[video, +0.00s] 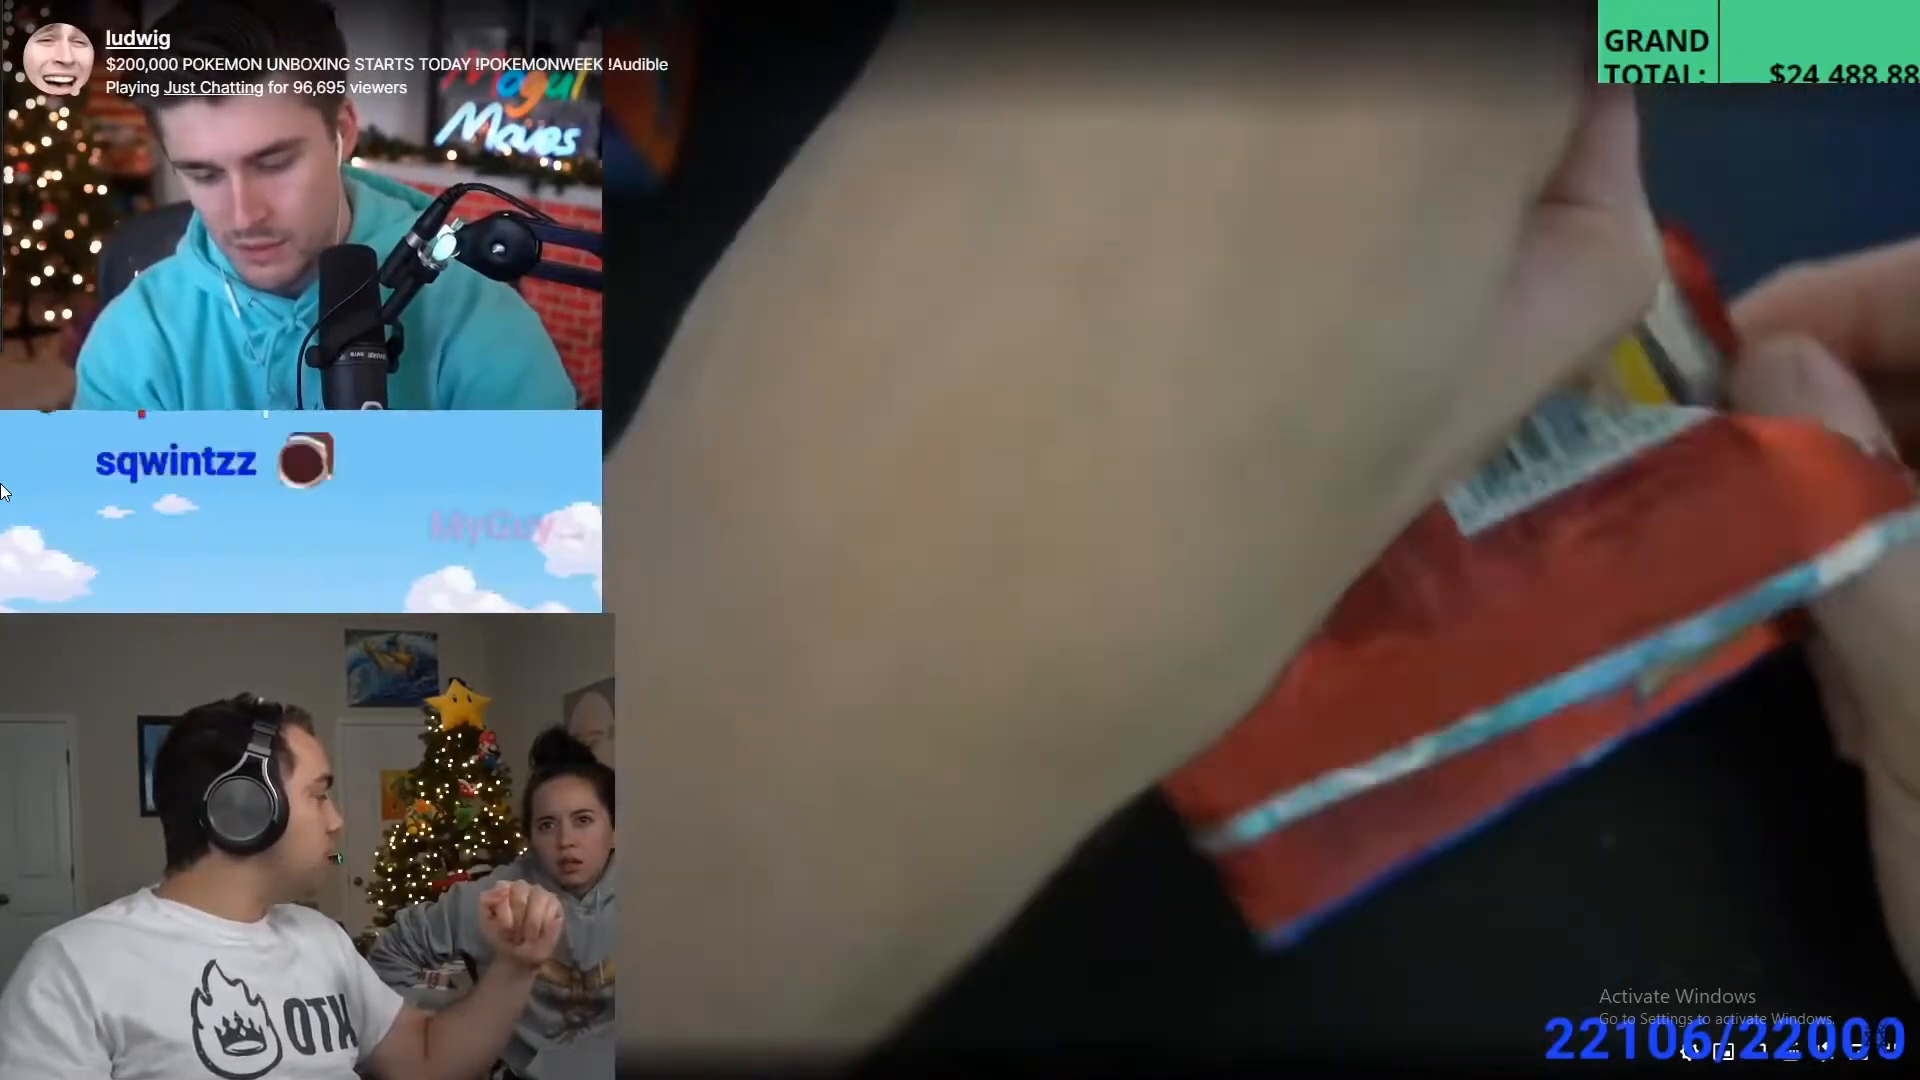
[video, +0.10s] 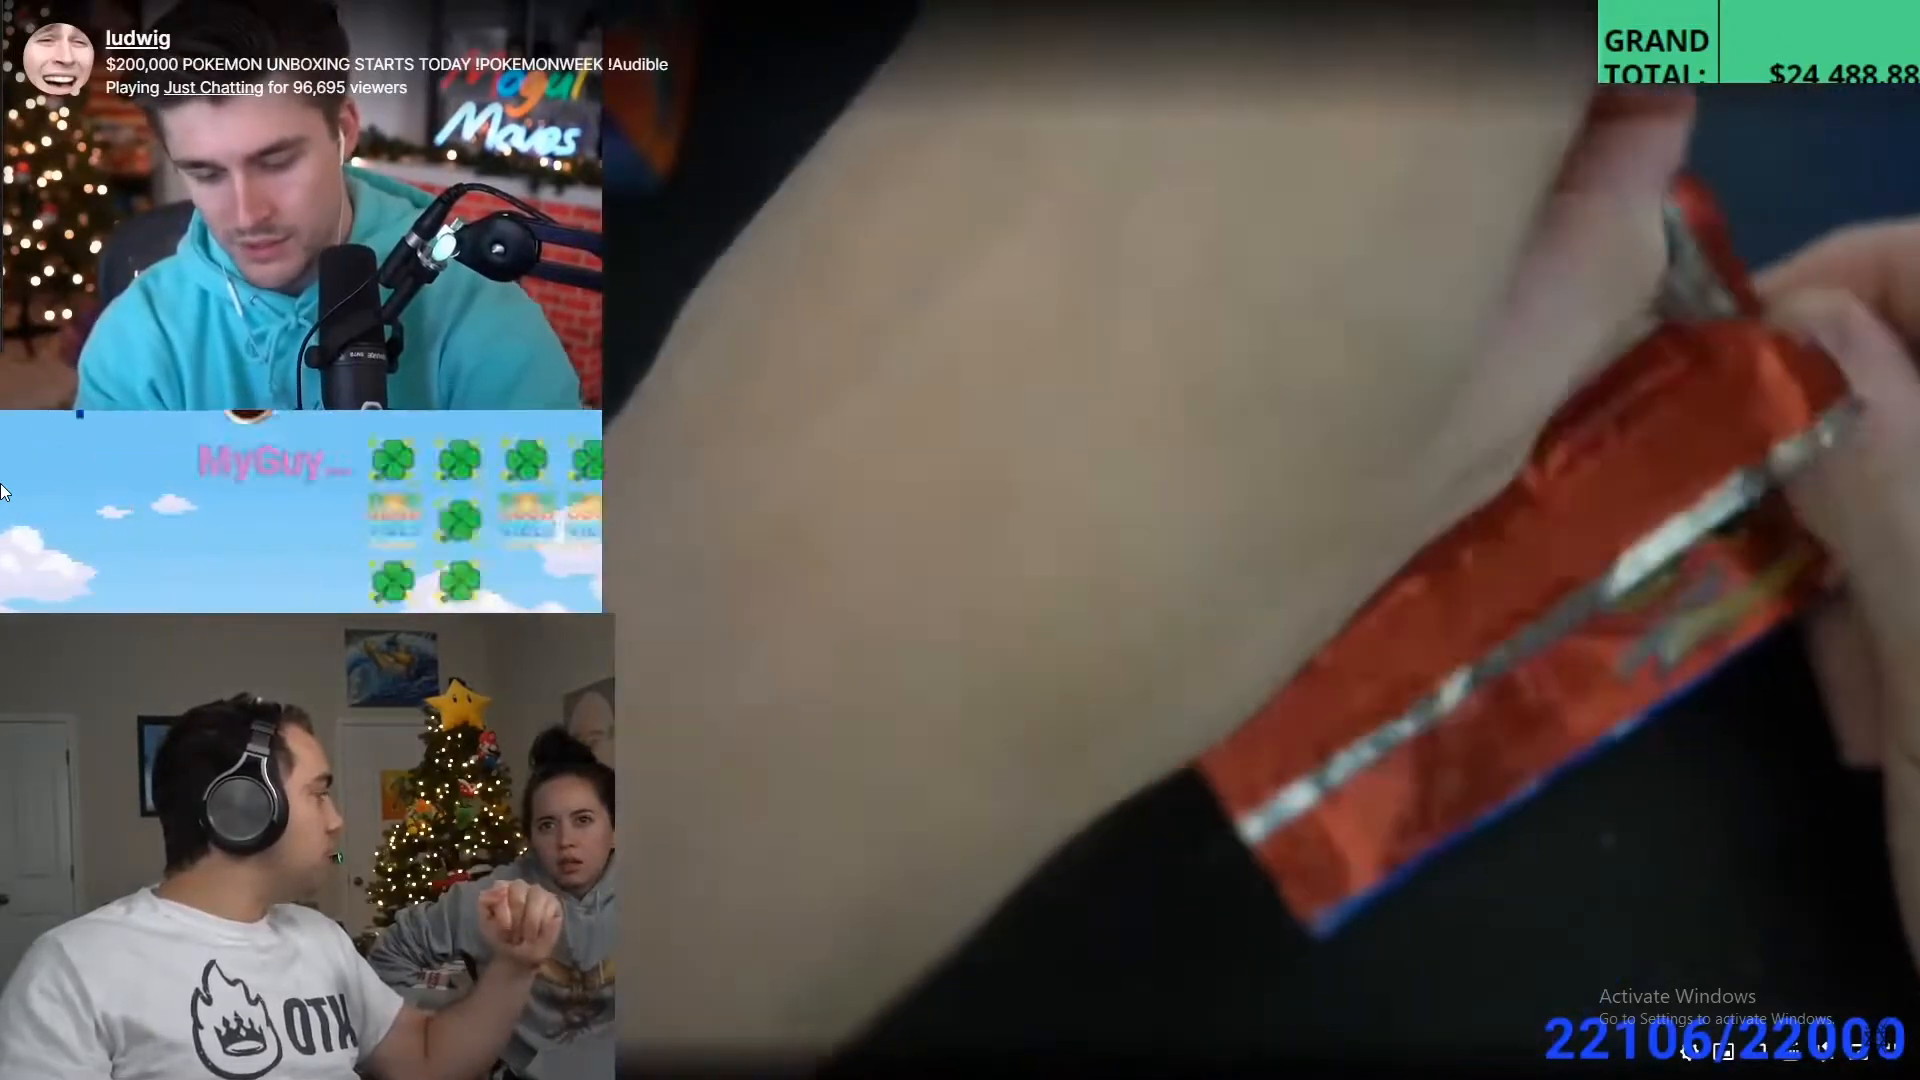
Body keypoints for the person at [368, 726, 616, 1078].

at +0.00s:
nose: (566, 841)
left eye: (583, 821)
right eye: (547, 825)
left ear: (614, 830)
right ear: (530, 837)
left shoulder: (642, 892)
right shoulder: (489, 899)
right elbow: (389, 957)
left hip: (624, 1067)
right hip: (535, 1072)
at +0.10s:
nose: (566, 841)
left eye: (583, 821)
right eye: (547, 825)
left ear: (614, 830)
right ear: (530, 838)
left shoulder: (641, 892)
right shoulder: (491, 899)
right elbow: (390, 956)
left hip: (623, 1067)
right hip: (535, 1072)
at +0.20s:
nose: (566, 842)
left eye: (583, 821)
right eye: (547, 826)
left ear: (614, 829)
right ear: (530, 837)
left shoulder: (643, 892)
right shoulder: (492, 899)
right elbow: (389, 956)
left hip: (625, 1066)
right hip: (535, 1072)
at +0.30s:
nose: (566, 841)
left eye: (583, 821)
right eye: (547, 825)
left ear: (614, 828)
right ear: (530, 837)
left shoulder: (643, 891)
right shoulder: (492, 899)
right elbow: (391, 954)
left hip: (628, 1066)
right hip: (537, 1071)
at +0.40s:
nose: (566, 842)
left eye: (583, 821)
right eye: (547, 826)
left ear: (614, 828)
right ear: (530, 837)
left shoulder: (644, 890)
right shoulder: (492, 899)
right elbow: (390, 955)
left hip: (628, 1066)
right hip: (536, 1071)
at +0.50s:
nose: (566, 841)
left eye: (583, 821)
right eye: (547, 825)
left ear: (614, 828)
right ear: (530, 837)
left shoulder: (643, 891)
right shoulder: (492, 899)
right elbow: (391, 953)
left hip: (626, 1067)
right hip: (536, 1072)